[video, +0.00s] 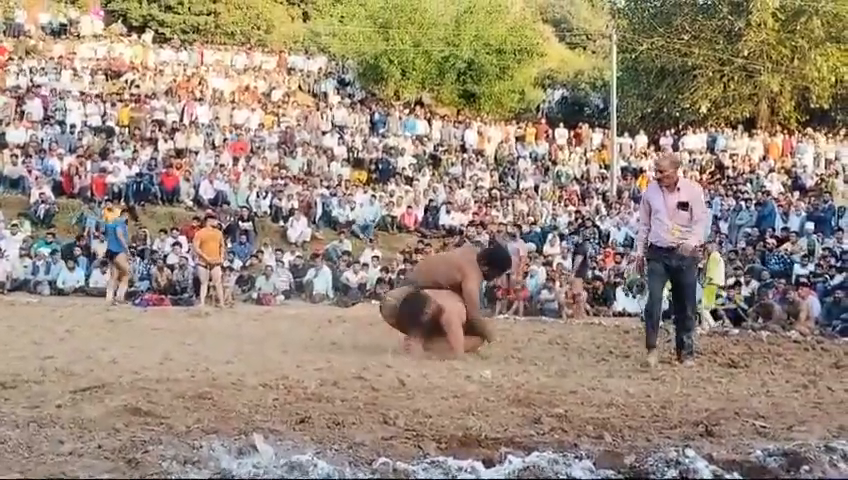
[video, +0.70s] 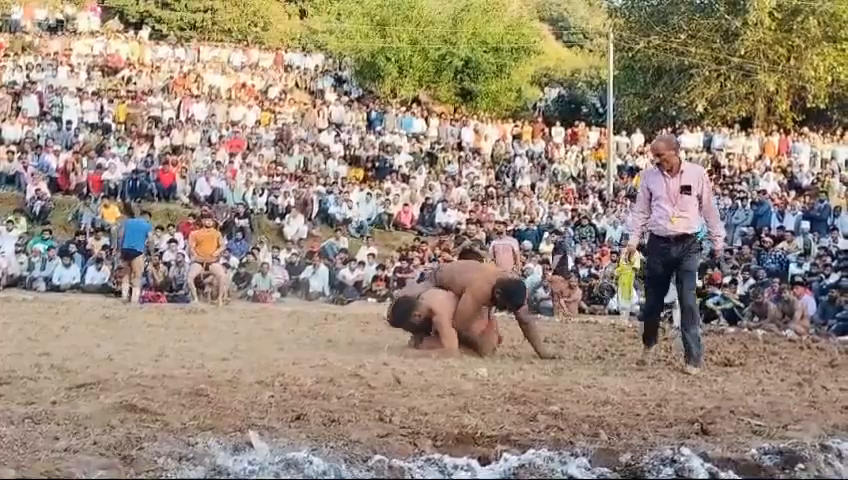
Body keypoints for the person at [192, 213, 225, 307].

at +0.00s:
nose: (214, 221)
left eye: (214, 219)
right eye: (211, 219)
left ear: (216, 220)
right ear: (206, 220)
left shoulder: (219, 233)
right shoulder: (199, 233)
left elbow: (222, 246)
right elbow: (196, 247)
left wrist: (221, 257)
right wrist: (206, 258)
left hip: (215, 261)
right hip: (203, 261)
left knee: (218, 282)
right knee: (204, 283)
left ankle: (221, 302)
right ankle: (202, 303)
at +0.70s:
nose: (208, 222)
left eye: (210, 220)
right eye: (206, 220)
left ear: (213, 221)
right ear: (202, 221)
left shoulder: (217, 234)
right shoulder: (194, 234)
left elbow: (222, 246)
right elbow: (191, 247)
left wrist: (216, 253)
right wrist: (195, 255)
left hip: (212, 259)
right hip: (199, 259)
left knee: (222, 275)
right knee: (190, 277)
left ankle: (220, 299)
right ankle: (195, 299)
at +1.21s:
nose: (202, 217)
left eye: (204, 215)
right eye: (200, 215)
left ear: (207, 217)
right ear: (197, 217)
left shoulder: (212, 227)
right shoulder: (192, 227)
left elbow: (220, 237)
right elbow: (185, 238)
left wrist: (213, 241)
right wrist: (189, 246)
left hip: (208, 254)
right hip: (195, 254)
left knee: (209, 276)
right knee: (191, 275)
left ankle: (211, 298)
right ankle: (190, 296)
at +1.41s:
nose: (196, 216)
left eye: (198, 214)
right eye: (194, 214)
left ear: (201, 215)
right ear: (191, 215)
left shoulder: (205, 226)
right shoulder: (187, 227)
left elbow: (219, 232)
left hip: (202, 253)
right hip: (190, 253)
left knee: (204, 276)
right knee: (191, 275)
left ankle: (207, 297)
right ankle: (188, 296)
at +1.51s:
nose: (194, 216)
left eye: (196, 213)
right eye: (192, 214)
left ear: (200, 214)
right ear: (189, 215)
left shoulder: (203, 223)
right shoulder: (186, 225)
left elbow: (217, 230)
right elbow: (180, 235)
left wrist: (208, 222)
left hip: (200, 252)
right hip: (188, 252)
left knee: (203, 276)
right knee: (189, 275)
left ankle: (206, 297)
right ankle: (187, 296)